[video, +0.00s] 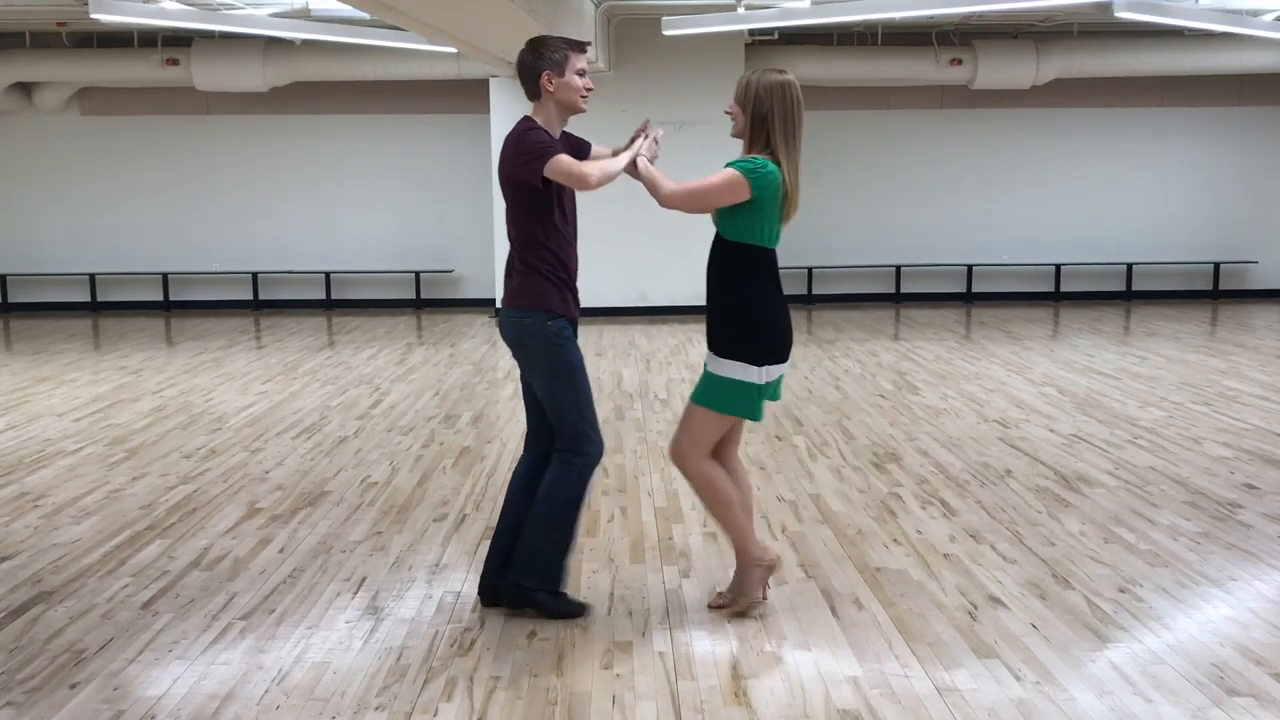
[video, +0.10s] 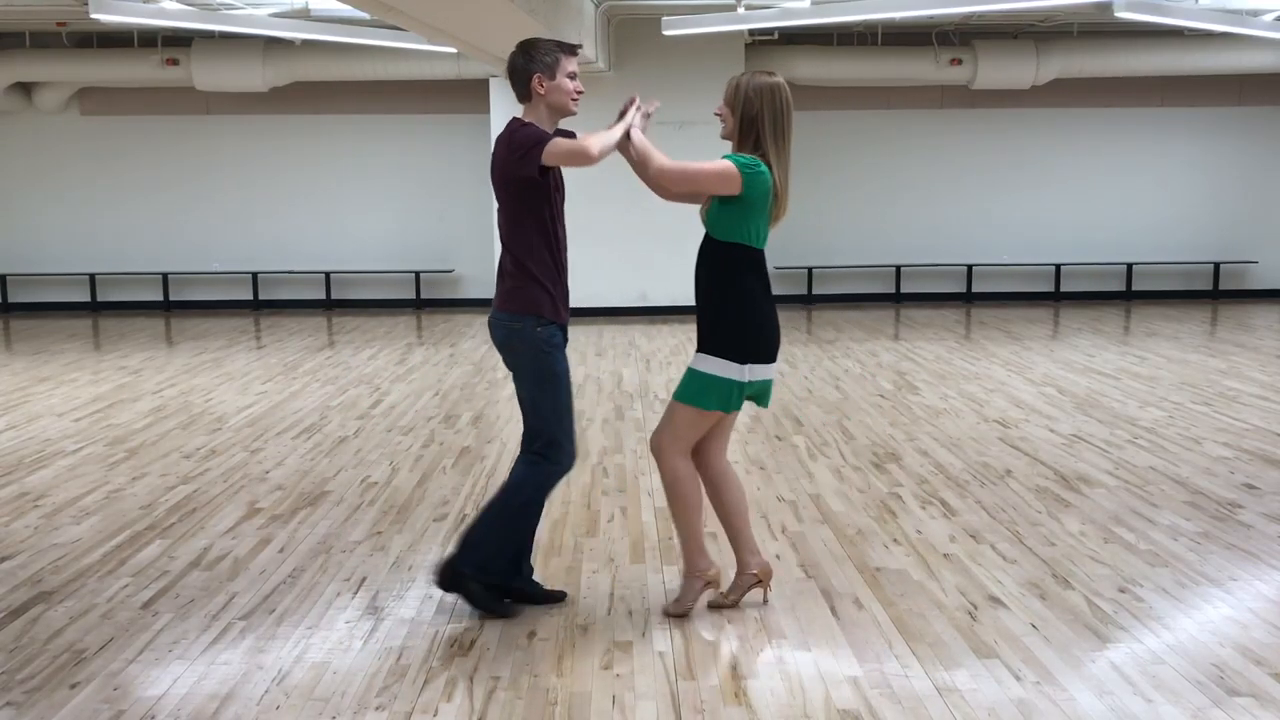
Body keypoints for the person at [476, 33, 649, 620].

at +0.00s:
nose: (590, 84)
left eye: (589, 75)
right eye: (581, 75)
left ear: (554, 83)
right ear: (549, 81)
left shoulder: (555, 137)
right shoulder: (528, 139)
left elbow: (593, 161)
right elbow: (585, 176)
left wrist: (630, 148)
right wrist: (632, 153)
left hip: (542, 315)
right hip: (537, 317)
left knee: (544, 446)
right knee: (581, 446)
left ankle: (500, 579)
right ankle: (533, 582)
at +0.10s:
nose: (580, 87)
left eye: (579, 77)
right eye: (571, 77)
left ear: (541, 85)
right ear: (538, 83)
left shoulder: (536, 137)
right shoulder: (522, 139)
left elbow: (590, 150)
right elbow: (589, 151)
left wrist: (629, 126)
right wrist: (627, 121)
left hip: (538, 319)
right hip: (528, 321)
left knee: (544, 451)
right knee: (552, 453)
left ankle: (510, 573)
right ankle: (470, 568)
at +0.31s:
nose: (568, 82)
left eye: (567, 71)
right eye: (560, 71)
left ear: (528, 78)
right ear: (528, 75)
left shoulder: (523, 128)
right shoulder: (510, 126)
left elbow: (586, 106)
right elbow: (586, 101)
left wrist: (630, 51)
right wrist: (631, 49)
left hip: (526, 318)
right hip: (503, 318)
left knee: (526, 452)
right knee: (484, 448)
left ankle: (503, 577)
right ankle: (408, 564)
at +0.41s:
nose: (568, 79)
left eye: (567, 69)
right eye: (560, 70)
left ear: (530, 78)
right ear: (529, 75)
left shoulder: (527, 129)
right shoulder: (503, 124)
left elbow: (586, 96)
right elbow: (586, 82)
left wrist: (634, 30)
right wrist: (631, 22)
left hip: (520, 317)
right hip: (493, 316)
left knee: (524, 448)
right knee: (469, 444)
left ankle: (500, 578)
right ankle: (404, 567)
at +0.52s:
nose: (570, 80)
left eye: (570, 69)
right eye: (563, 69)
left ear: (534, 77)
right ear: (531, 74)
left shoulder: (530, 128)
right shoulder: (506, 123)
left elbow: (587, 90)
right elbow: (583, 79)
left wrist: (640, 21)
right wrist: (631, 15)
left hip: (525, 317)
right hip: (497, 316)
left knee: (523, 454)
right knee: (483, 448)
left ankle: (498, 582)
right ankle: (410, 565)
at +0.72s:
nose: (586, 79)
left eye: (585, 69)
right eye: (578, 70)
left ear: (549, 78)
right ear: (548, 77)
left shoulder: (541, 134)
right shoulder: (520, 128)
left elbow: (597, 116)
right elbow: (586, 93)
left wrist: (645, 75)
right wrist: (657, 21)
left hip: (532, 314)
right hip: (526, 316)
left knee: (527, 447)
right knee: (566, 449)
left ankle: (499, 580)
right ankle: (466, 549)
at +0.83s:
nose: (597, 79)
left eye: (596, 70)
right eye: (590, 69)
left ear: (559, 77)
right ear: (559, 74)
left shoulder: (556, 134)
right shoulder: (532, 127)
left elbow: (600, 142)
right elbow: (584, 121)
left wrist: (646, 126)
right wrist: (664, 57)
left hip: (533, 313)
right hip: (542, 316)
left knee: (528, 447)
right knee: (593, 441)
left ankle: (496, 579)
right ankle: (523, 572)